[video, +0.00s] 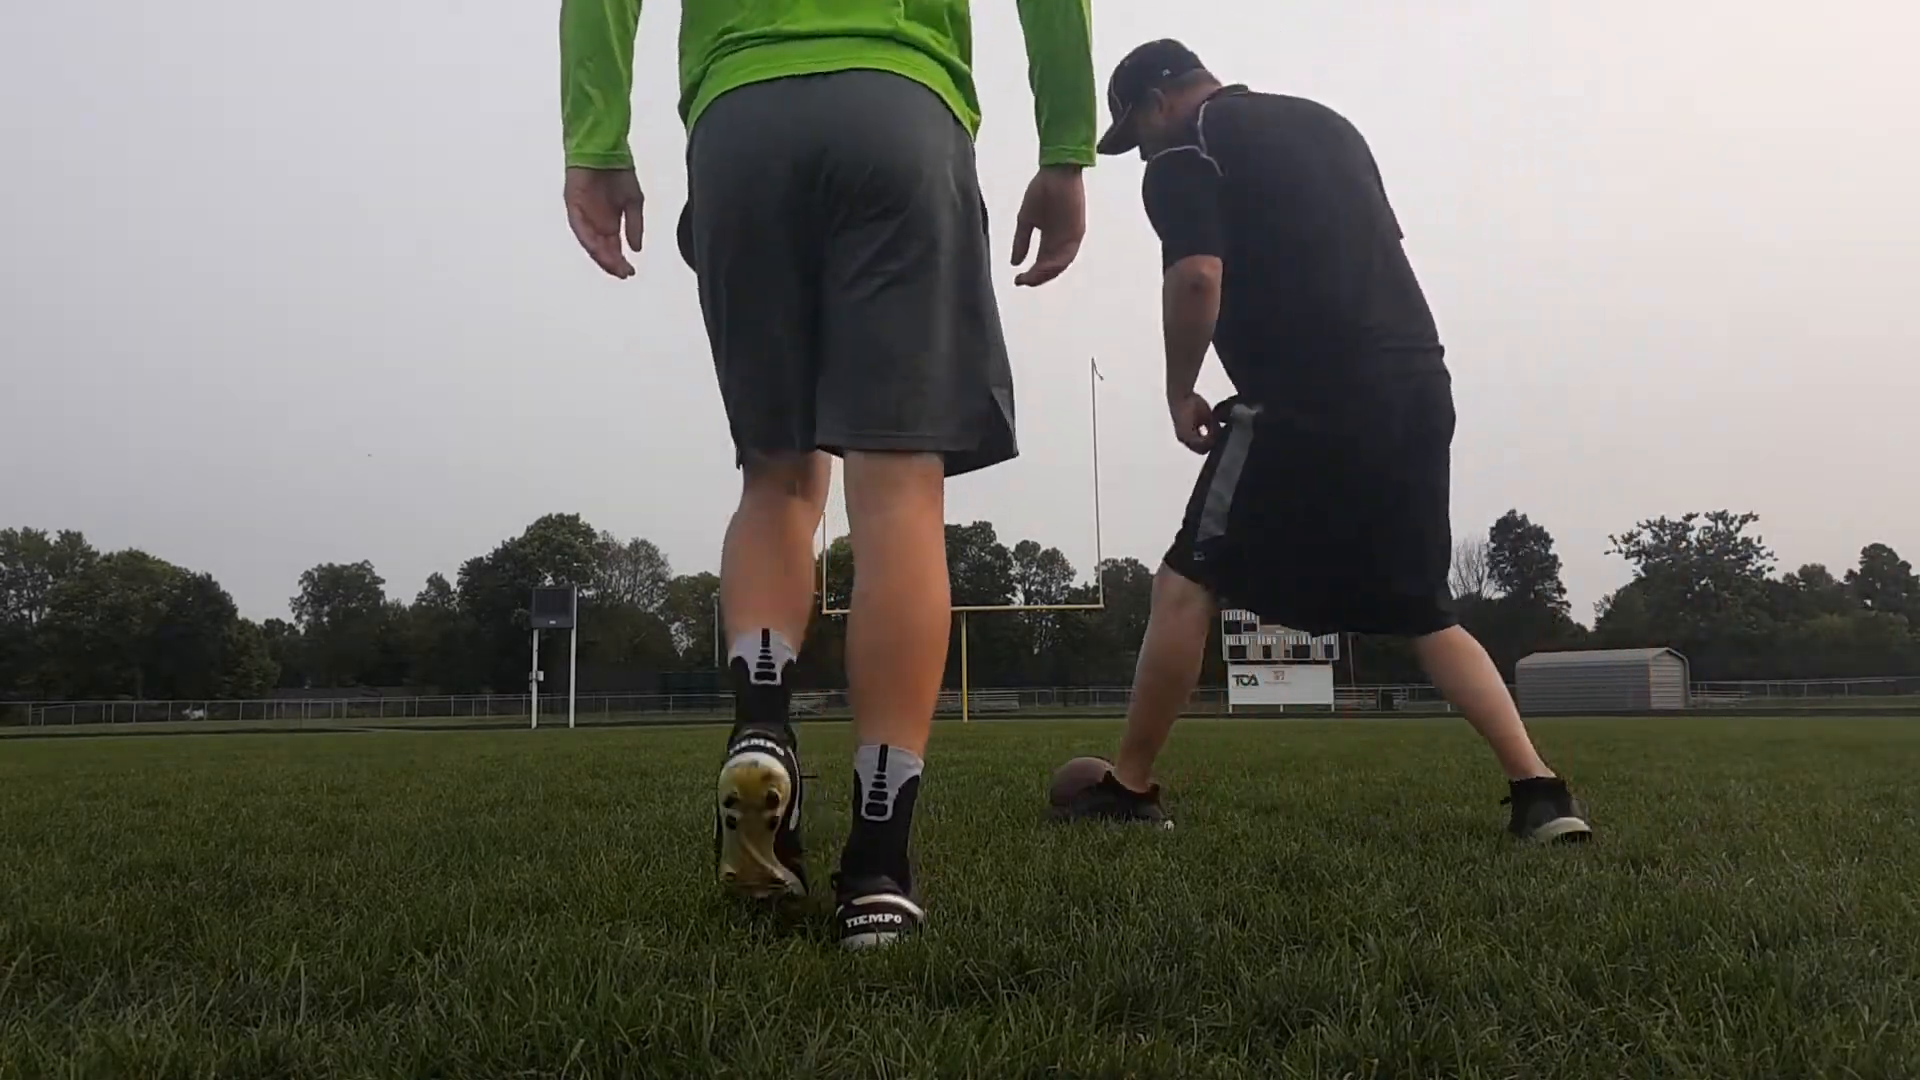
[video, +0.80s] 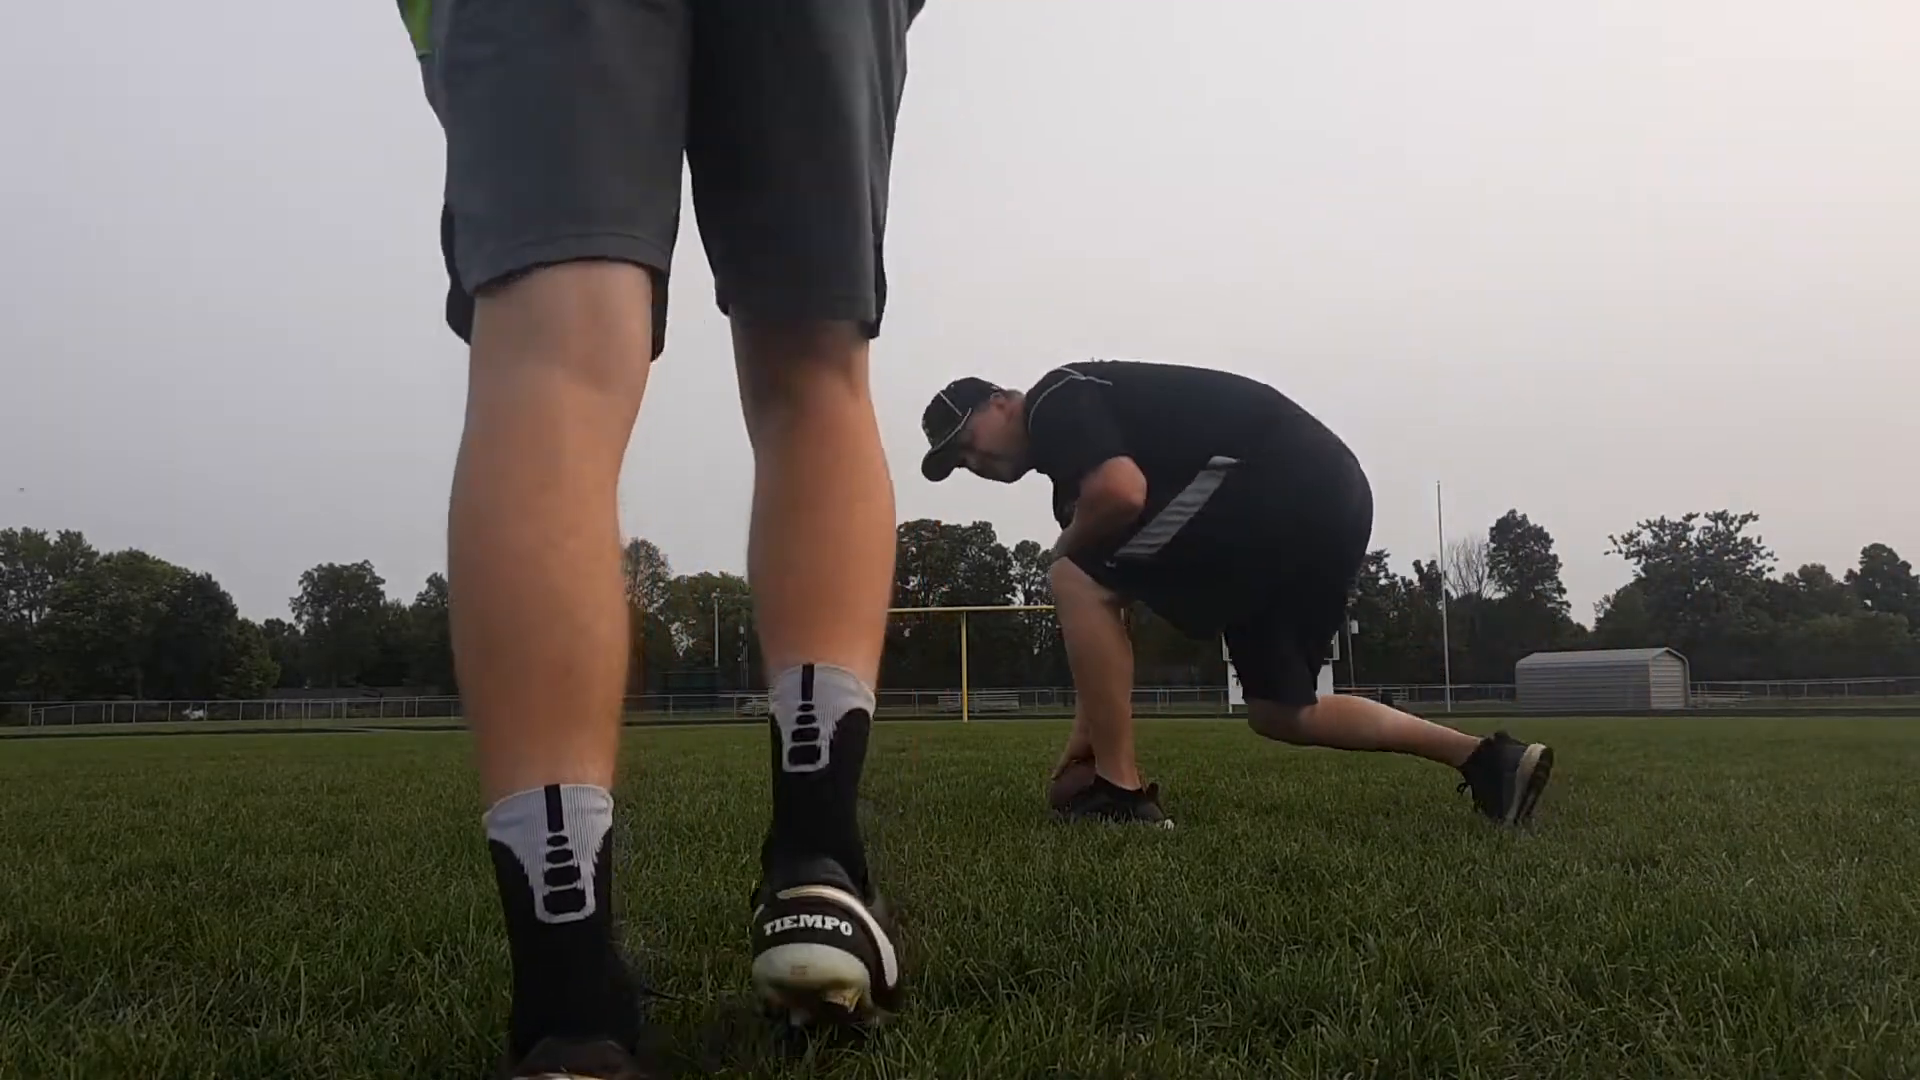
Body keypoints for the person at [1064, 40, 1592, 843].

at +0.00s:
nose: (1147, 154)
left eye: (1141, 137)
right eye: (1137, 144)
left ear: (1161, 96)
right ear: (1202, 82)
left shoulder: (1184, 148)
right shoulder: (1323, 121)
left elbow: (1197, 275)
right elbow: (1364, 254)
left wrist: (1181, 389)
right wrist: (1273, 383)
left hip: (1302, 392)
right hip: (1416, 385)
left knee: (1185, 583)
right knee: (1418, 603)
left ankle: (1129, 782)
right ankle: (1537, 783)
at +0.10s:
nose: (1084, 207)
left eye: (1075, 186)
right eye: (1073, 194)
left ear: (1094, 157)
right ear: (1134, 131)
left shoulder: (1126, 196)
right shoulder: (1244, 156)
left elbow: (1143, 335)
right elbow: (1280, 290)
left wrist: (1142, 443)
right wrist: (1211, 409)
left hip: (1266, 399)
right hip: (1377, 385)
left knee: (1150, 582)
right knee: (1371, 598)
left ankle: (1126, 783)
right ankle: (1517, 746)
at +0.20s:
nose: (1034, 261)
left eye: (1026, 245)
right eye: (1023, 250)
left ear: (1041, 214)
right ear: (1080, 180)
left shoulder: (1089, 236)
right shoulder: (1179, 208)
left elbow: (1115, 387)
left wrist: (1121, 485)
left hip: (1259, 397)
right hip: (1361, 384)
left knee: (1135, 578)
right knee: (1355, 594)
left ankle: (1126, 781)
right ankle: (1517, 747)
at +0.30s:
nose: (1019, 315)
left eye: (1009, 300)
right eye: (1006, 307)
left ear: (1023, 260)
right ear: (1051, 239)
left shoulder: (1067, 288)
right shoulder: (1150, 254)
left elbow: (1108, 426)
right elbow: (1209, 390)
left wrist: (1116, 538)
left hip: (1248, 400)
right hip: (1353, 390)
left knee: (1130, 580)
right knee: (1349, 603)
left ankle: (1123, 784)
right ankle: (1505, 768)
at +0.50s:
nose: (1014, 419)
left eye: (998, 402)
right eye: (997, 410)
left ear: (1012, 353)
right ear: (1028, 334)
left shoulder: (1066, 350)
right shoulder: (1120, 333)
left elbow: (1123, 469)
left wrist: (1103, 559)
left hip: (1261, 428)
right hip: (1356, 427)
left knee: (1113, 578)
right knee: (1332, 642)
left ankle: (1122, 785)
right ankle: (1518, 774)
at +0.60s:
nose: (1004, 452)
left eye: (990, 436)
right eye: (990, 445)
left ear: (1007, 389)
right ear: (1020, 375)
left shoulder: (1064, 377)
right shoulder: (1112, 367)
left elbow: (1122, 481)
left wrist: (1094, 554)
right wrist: (1112, 693)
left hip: (1266, 440)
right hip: (1356, 443)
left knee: (1106, 574)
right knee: (1321, 663)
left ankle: (1120, 786)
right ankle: (1508, 768)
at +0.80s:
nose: (974, 469)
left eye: (966, 450)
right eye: (962, 464)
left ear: (991, 406)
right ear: (997, 414)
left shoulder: (1057, 402)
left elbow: (1122, 490)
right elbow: (1108, 605)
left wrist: (1070, 557)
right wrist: (1085, 736)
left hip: (1270, 476)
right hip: (1337, 498)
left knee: (1075, 573)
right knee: (1279, 709)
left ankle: (1118, 786)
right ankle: (1481, 756)